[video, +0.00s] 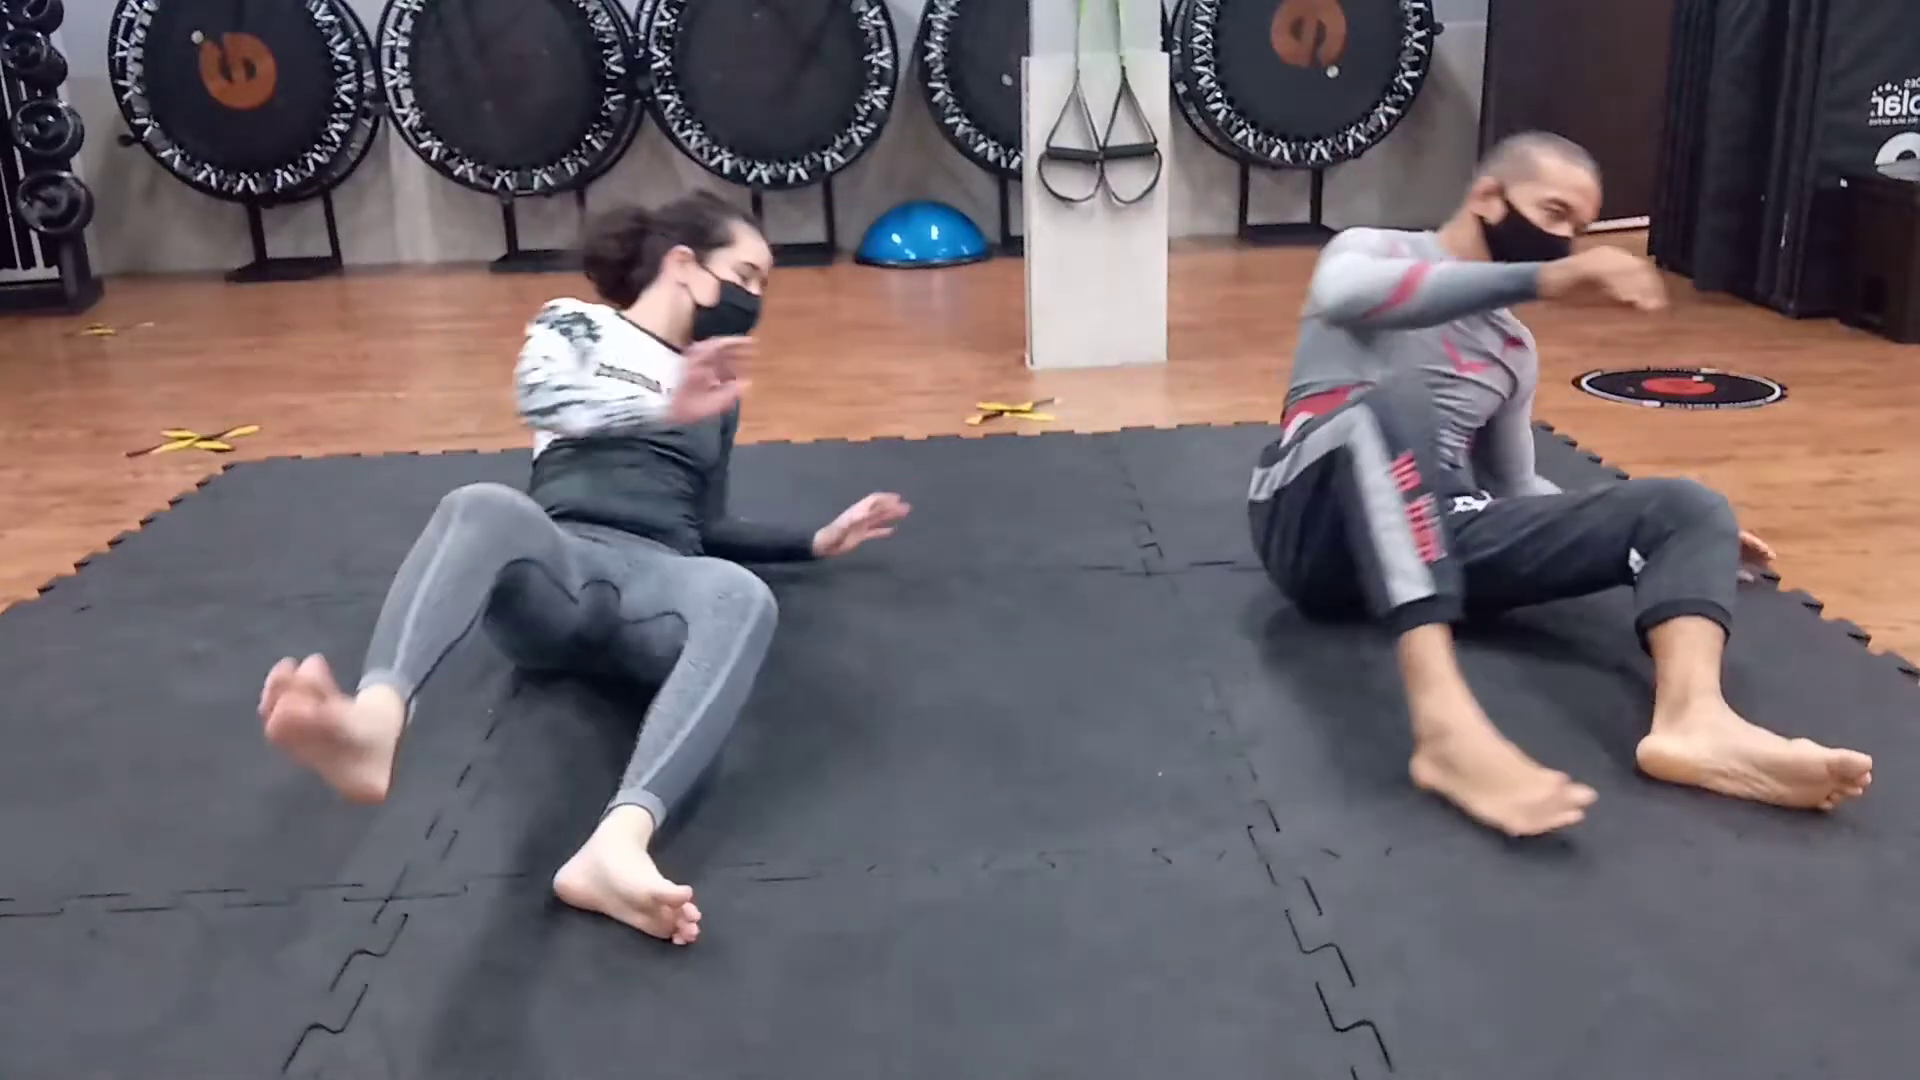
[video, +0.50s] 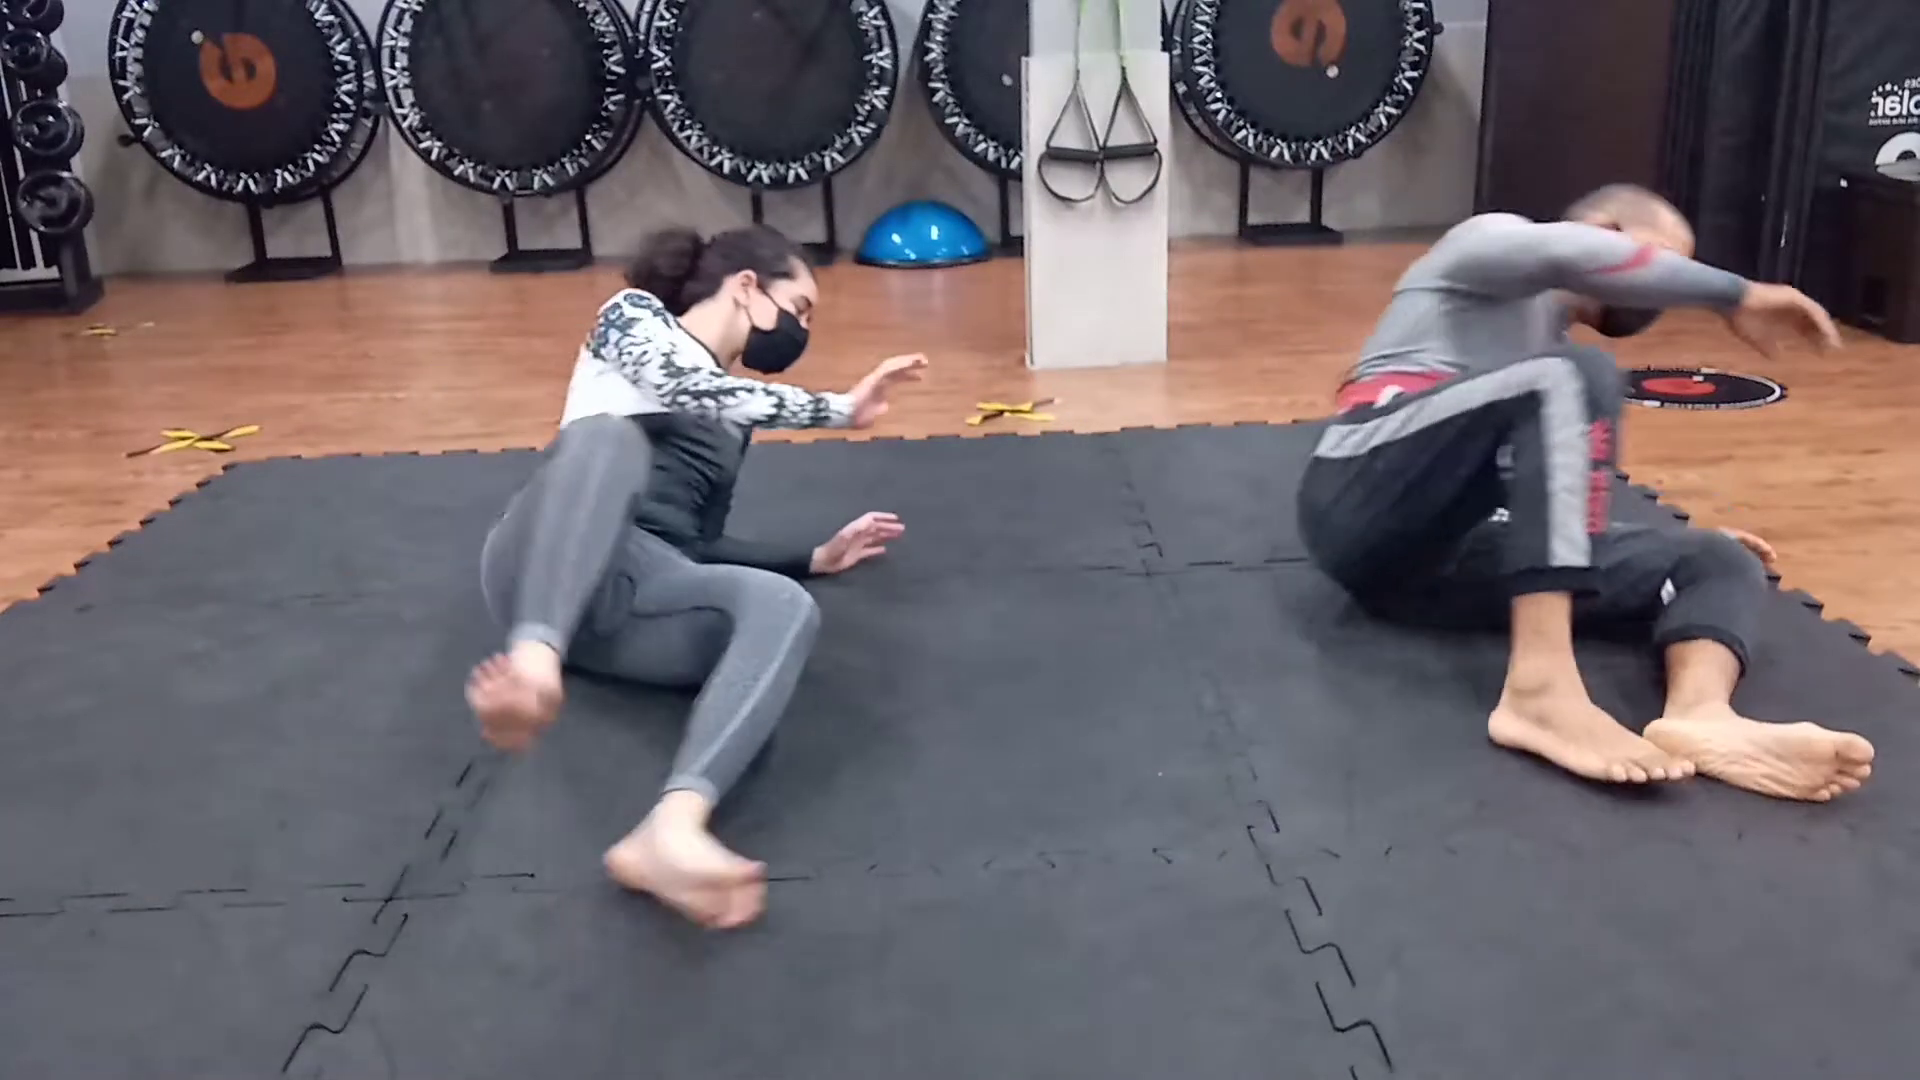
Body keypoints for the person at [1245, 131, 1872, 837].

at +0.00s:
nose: (1562, 244)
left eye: (1580, 231)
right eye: (1550, 214)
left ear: (1581, 245)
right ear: (1485, 194)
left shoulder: (1513, 353)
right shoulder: (1370, 248)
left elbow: (1520, 498)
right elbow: (1345, 299)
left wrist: (1693, 544)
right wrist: (1542, 278)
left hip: (1451, 538)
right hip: (1321, 532)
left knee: (1688, 506)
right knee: (1383, 404)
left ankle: (1691, 714)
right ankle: (1445, 725)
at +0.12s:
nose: (1586, 252)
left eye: (1605, 243)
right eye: (1573, 224)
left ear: (1609, 256)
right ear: (1513, 206)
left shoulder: (1523, 358)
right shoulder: (1394, 247)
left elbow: (1518, 500)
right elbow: (1401, 284)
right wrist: (1604, 273)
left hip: (1449, 557)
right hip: (1329, 535)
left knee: (1698, 516)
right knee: (1420, 394)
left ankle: (1694, 713)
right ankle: (1485, 711)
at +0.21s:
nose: (1611, 261)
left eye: (1624, 253)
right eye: (1597, 233)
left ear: (1618, 269)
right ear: (1530, 215)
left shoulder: (1529, 361)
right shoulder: (1410, 247)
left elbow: (1523, 501)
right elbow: (1428, 273)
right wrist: (1633, 274)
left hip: (1445, 563)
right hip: (1333, 529)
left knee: (1702, 522)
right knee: (1456, 383)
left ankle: (1695, 710)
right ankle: (1506, 700)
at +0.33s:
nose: (1617, 266)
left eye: (1632, 259)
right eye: (1611, 242)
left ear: (1621, 280)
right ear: (1554, 219)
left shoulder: (1537, 358)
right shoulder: (1436, 251)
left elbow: (1537, 497)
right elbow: (1491, 260)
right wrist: (1681, 278)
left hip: (1451, 561)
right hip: (1343, 520)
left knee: (1708, 533)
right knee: (1489, 376)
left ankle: (1695, 711)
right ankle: (1529, 687)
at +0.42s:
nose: (1644, 278)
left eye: (1654, 270)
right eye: (1639, 249)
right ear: (1578, 224)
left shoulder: (1542, 357)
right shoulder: (1457, 246)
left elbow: (1557, 499)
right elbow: (1537, 257)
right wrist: (1710, 284)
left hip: (1449, 559)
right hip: (1348, 510)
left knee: (1714, 546)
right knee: (1537, 370)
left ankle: (1696, 712)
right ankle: (1533, 682)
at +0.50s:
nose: (1664, 288)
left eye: (1676, 277)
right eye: (1658, 259)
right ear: (1600, 232)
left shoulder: (1556, 362)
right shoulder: (1478, 248)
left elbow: (1575, 506)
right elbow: (1578, 255)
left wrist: (1692, 540)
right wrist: (1735, 296)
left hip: (1447, 555)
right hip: (1358, 497)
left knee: (1717, 560)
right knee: (1572, 378)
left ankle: (1696, 710)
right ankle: (1539, 685)